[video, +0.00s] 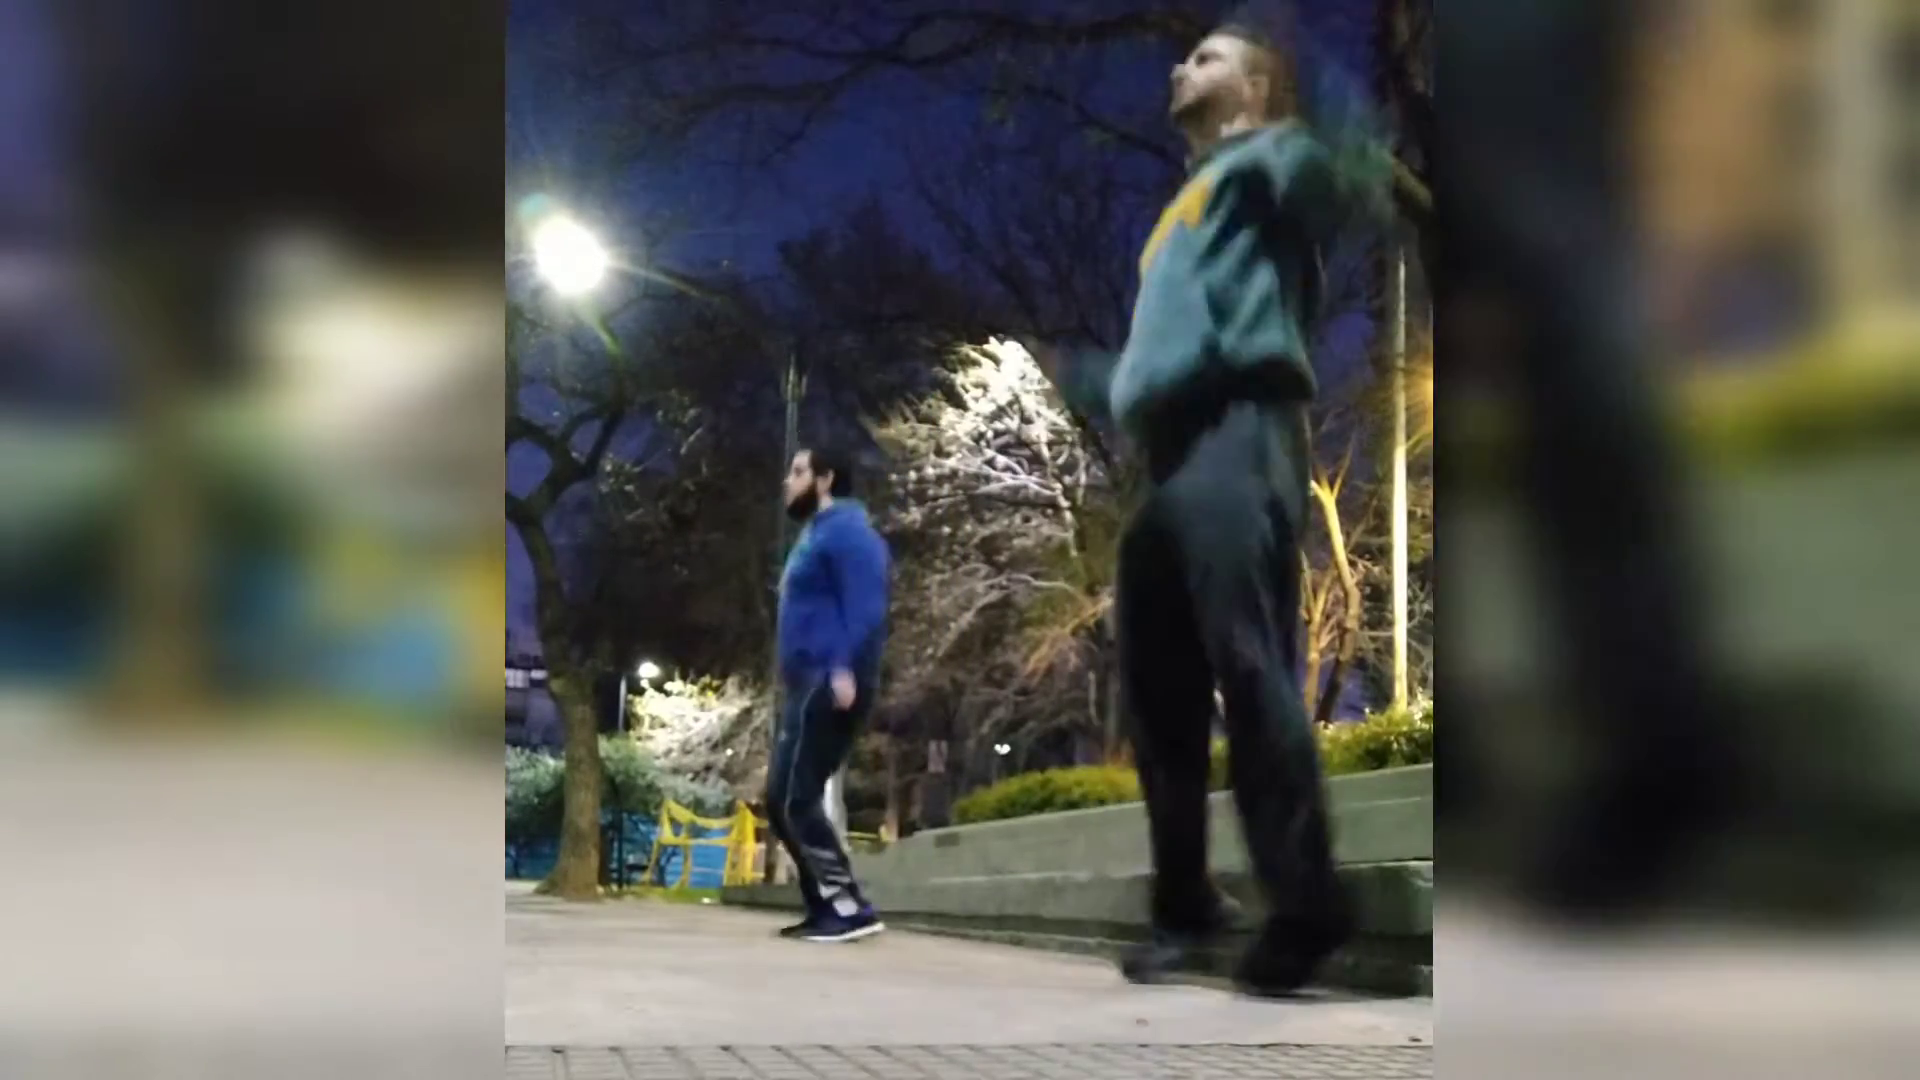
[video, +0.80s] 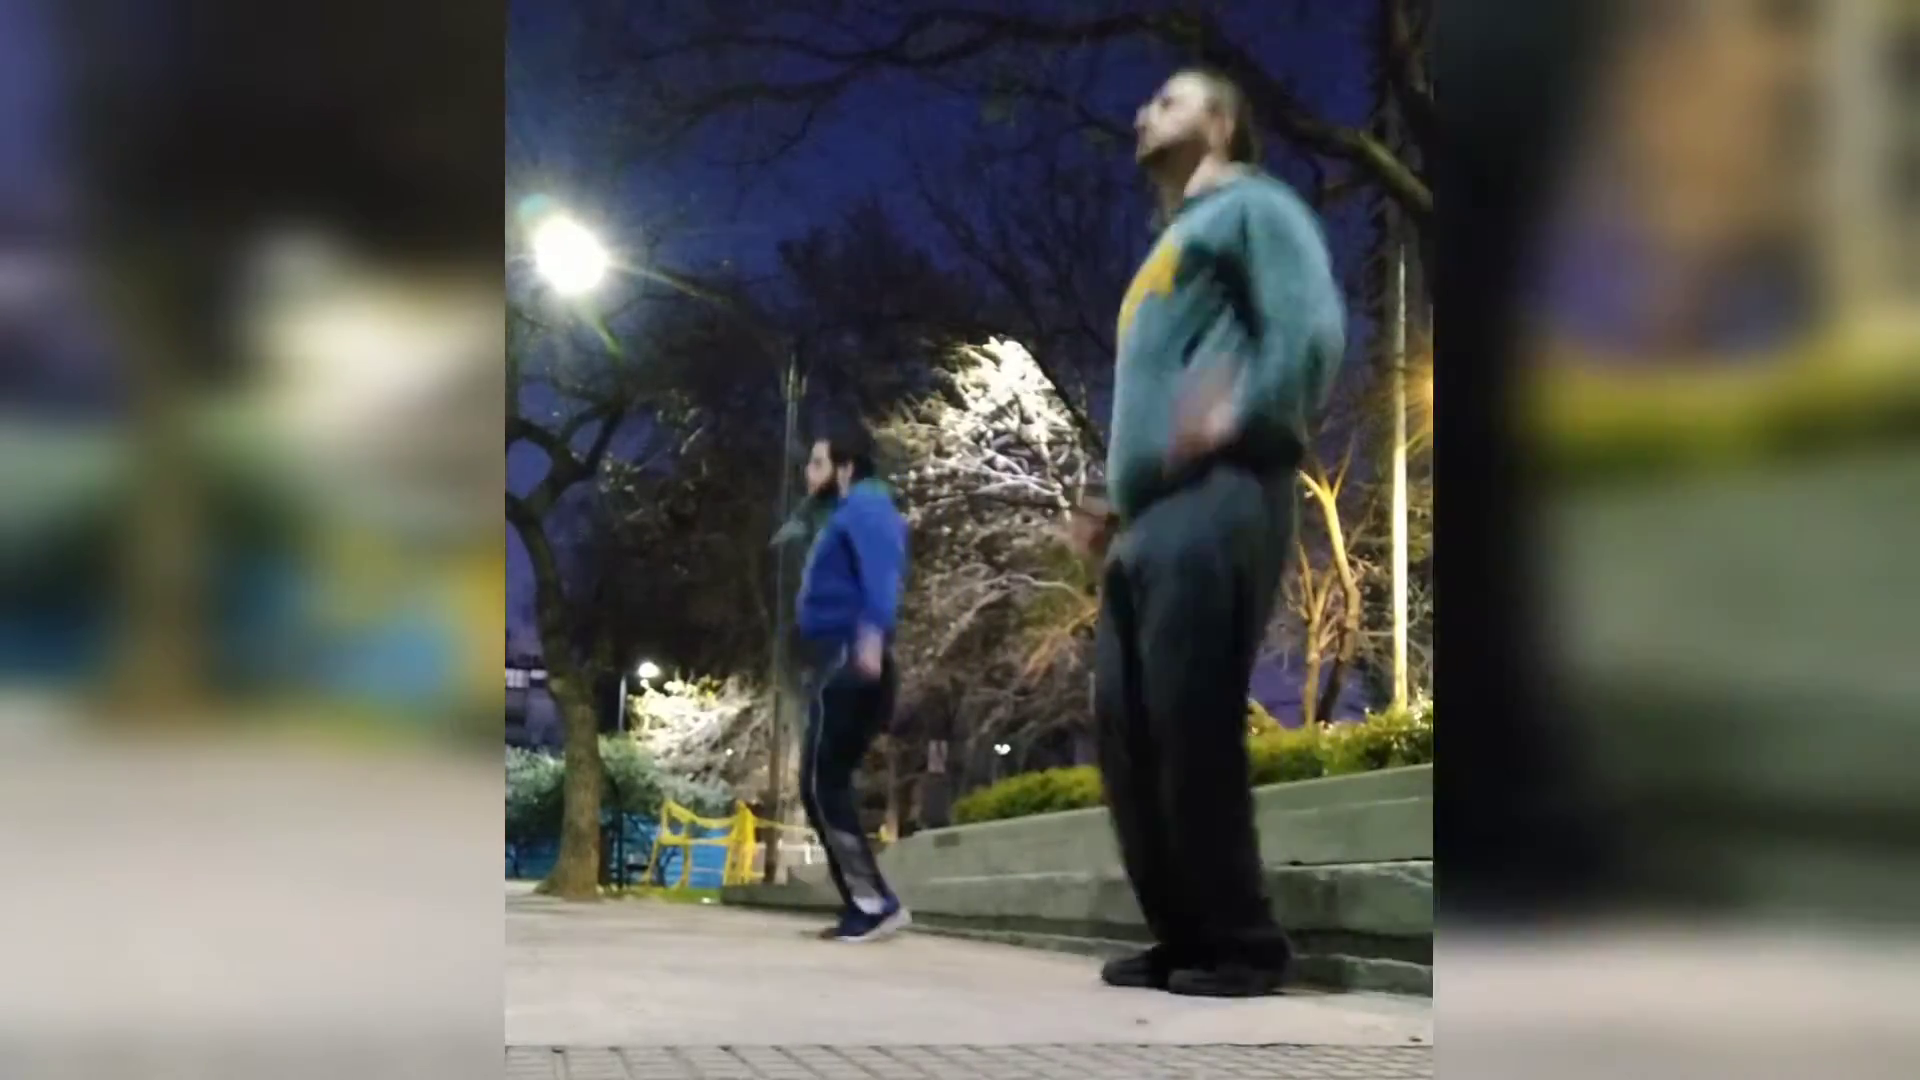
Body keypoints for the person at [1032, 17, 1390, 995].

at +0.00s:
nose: (1185, 68)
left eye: (1209, 55)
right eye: (1185, 58)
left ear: (1262, 85)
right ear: (1185, 95)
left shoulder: (1268, 157)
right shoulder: (1183, 206)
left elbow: (1333, 194)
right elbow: (1162, 355)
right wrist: (1092, 374)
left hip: (1242, 423)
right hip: (1167, 443)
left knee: (1247, 662)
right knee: (1161, 687)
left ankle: (1305, 908)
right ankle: (1185, 915)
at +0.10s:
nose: (1182, 65)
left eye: (1207, 53)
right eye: (1182, 57)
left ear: (1260, 77)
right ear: (1193, 97)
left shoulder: (1282, 146)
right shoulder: (1180, 202)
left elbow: (1350, 80)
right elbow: (1148, 303)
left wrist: (1362, 3)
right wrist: (1062, 265)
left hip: (1244, 414)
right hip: (1173, 440)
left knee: (1258, 653)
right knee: (1152, 682)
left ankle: (1352, 905)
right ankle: (1157, 905)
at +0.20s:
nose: (1184, 99)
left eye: (1207, 89)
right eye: (1182, 92)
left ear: (1249, 114)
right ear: (1182, 131)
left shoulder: (1268, 173)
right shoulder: (1158, 232)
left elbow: (1319, 53)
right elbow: (1125, 226)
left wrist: (1345, 1)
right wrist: (1130, 130)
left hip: (1242, 454)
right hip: (1165, 477)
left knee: (1268, 687)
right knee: (1129, 714)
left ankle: (1395, 942)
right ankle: (1129, 925)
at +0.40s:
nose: (1165, 135)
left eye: (1188, 121)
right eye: (1166, 127)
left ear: (1238, 141)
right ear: (1176, 161)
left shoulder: (1272, 204)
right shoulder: (1150, 249)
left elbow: (1316, 35)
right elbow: (1117, 224)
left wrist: (1203, 24)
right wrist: (1136, 138)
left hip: (1245, 485)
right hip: (1168, 511)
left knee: (1255, 733)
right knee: (1120, 748)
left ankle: (1404, 951)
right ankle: (1135, 938)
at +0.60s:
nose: (1148, 74)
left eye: (1170, 60)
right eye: (1150, 63)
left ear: (1226, 84)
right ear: (1181, 96)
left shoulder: (1242, 151)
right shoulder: (1172, 197)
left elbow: (1309, 173)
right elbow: (1163, 346)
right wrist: (1109, 413)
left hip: (1225, 434)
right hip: (1163, 453)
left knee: (1229, 675)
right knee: (1133, 692)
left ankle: (1279, 918)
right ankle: (1173, 912)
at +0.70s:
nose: (1142, 121)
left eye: (1166, 109)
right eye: (1143, 113)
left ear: (1216, 134)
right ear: (1158, 151)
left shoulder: (1253, 214)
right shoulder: (1167, 244)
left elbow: (1311, 361)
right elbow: (1164, 386)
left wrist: (1249, 444)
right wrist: (1127, 506)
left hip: (1223, 497)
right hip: (1151, 509)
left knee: (1181, 714)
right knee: (1124, 718)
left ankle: (1246, 948)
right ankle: (1184, 940)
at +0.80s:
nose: (1147, 111)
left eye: (1170, 97)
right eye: (1147, 103)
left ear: (1221, 122)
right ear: (1162, 136)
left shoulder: (1256, 204)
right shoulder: (1169, 242)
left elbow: (1309, 327)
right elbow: (1155, 389)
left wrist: (1241, 415)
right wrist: (1116, 500)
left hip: (1217, 495)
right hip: (1148, 513)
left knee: (1189, 718)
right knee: (1125, 722)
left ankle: (1241, 945)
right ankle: (1181, 938)